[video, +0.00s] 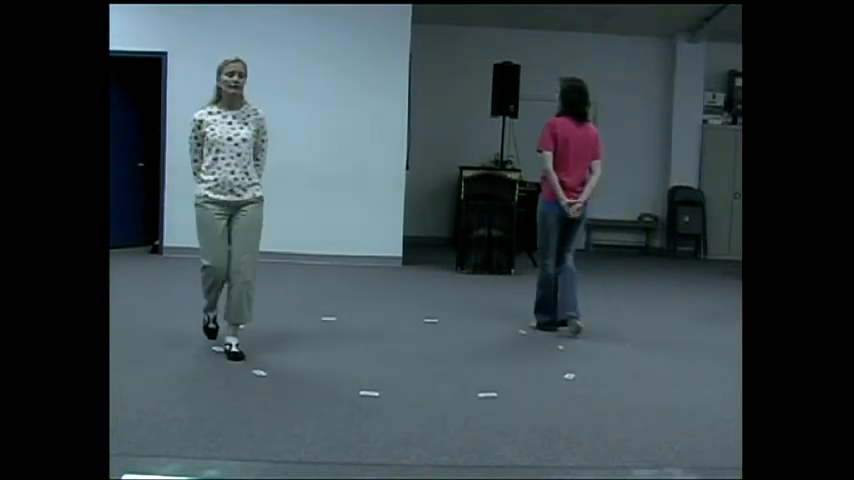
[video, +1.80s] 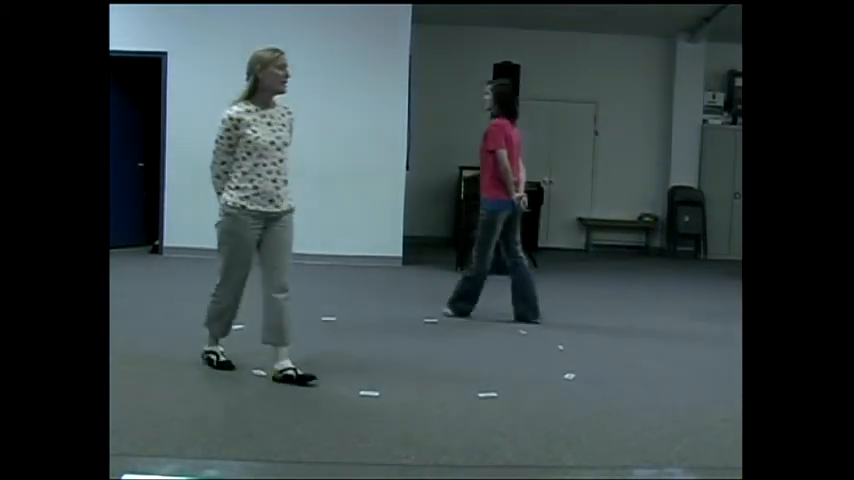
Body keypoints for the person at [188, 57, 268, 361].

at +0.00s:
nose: (235, 80)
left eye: (240, 76)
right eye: (229, 75)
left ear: (246, 82)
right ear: (219, 79)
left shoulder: (256, 118)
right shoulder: (203, 117)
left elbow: (260, 159)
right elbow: (196, 160)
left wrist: (251, 185)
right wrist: (207, 184)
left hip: (248, 199)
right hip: (211, 198)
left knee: (242, 269)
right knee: (217, 266)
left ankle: (233, 336)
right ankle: (210, 310)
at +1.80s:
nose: (287, 74)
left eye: (286, 68)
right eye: (279, 68)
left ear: (280, 75)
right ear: (258, 74)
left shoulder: (285, 115)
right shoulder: (236, 116)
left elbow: (278, 163)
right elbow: (219, 164)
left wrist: (264, 191)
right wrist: (227, 199)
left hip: (279, 211)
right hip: (241, 210)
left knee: (278, 286)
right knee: (232, 282)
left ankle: (282, 360)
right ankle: (214, 345)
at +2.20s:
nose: (329, 69)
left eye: (328, 64)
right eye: (322, 65)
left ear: (319, 72)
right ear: (301, 71)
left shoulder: (319, 114)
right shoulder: (283, 113)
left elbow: (311, 165)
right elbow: (262, 164)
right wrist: (264, 209)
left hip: (316, 207)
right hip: (287, 206)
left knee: (314, 284)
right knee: (318, 282)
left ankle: (287, 359)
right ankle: (283, 354)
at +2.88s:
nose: (380, 75)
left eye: (379, 69)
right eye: (374, 70)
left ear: (355, 76)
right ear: (355, 75)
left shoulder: (350, 117)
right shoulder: (344, 119)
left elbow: (336, 175)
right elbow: (331, 175)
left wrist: (325, 225)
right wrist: (324, 224)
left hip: (360, 216)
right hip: (354, 218)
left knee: (400, 288)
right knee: (389, 293)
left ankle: (340, 345)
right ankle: (370, 379)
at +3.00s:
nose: (379, 69)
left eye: (377, 63)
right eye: (372, 64)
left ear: (353, 71)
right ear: (352, 70)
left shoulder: (346, 111)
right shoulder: (342, 113)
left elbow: (331, 168)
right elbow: (325, 168)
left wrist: (320, 217)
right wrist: (318, 217)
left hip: (347, 211)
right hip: (350, 212)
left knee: (368, 293)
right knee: (373, 294)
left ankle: (311, 343)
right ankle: (370, 379)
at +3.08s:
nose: (377, 69)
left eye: (375, 63)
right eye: (371, 64)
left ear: (354, 71)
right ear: (352, 70)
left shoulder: (345, 112)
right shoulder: (339, 114)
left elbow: (327, 168)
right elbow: (320, 167)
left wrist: (316, 216)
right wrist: (312, 214)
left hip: (342, 211)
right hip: (343, 212)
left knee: (350, 294)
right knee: (367, 294)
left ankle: (296, 352)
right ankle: (370, 379)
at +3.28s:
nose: (374, 64)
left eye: (373, 59)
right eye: (368, 59)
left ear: (351, 65)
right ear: (348, 64)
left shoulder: (345, 105)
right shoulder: (332, 106)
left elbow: (318, 157)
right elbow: (306, 156)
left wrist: (302, 204)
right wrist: (299, 202)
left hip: (333, 204)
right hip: (326, 205)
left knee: (321, 287)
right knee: (352, 286)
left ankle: (285, 355)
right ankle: (346, 373)